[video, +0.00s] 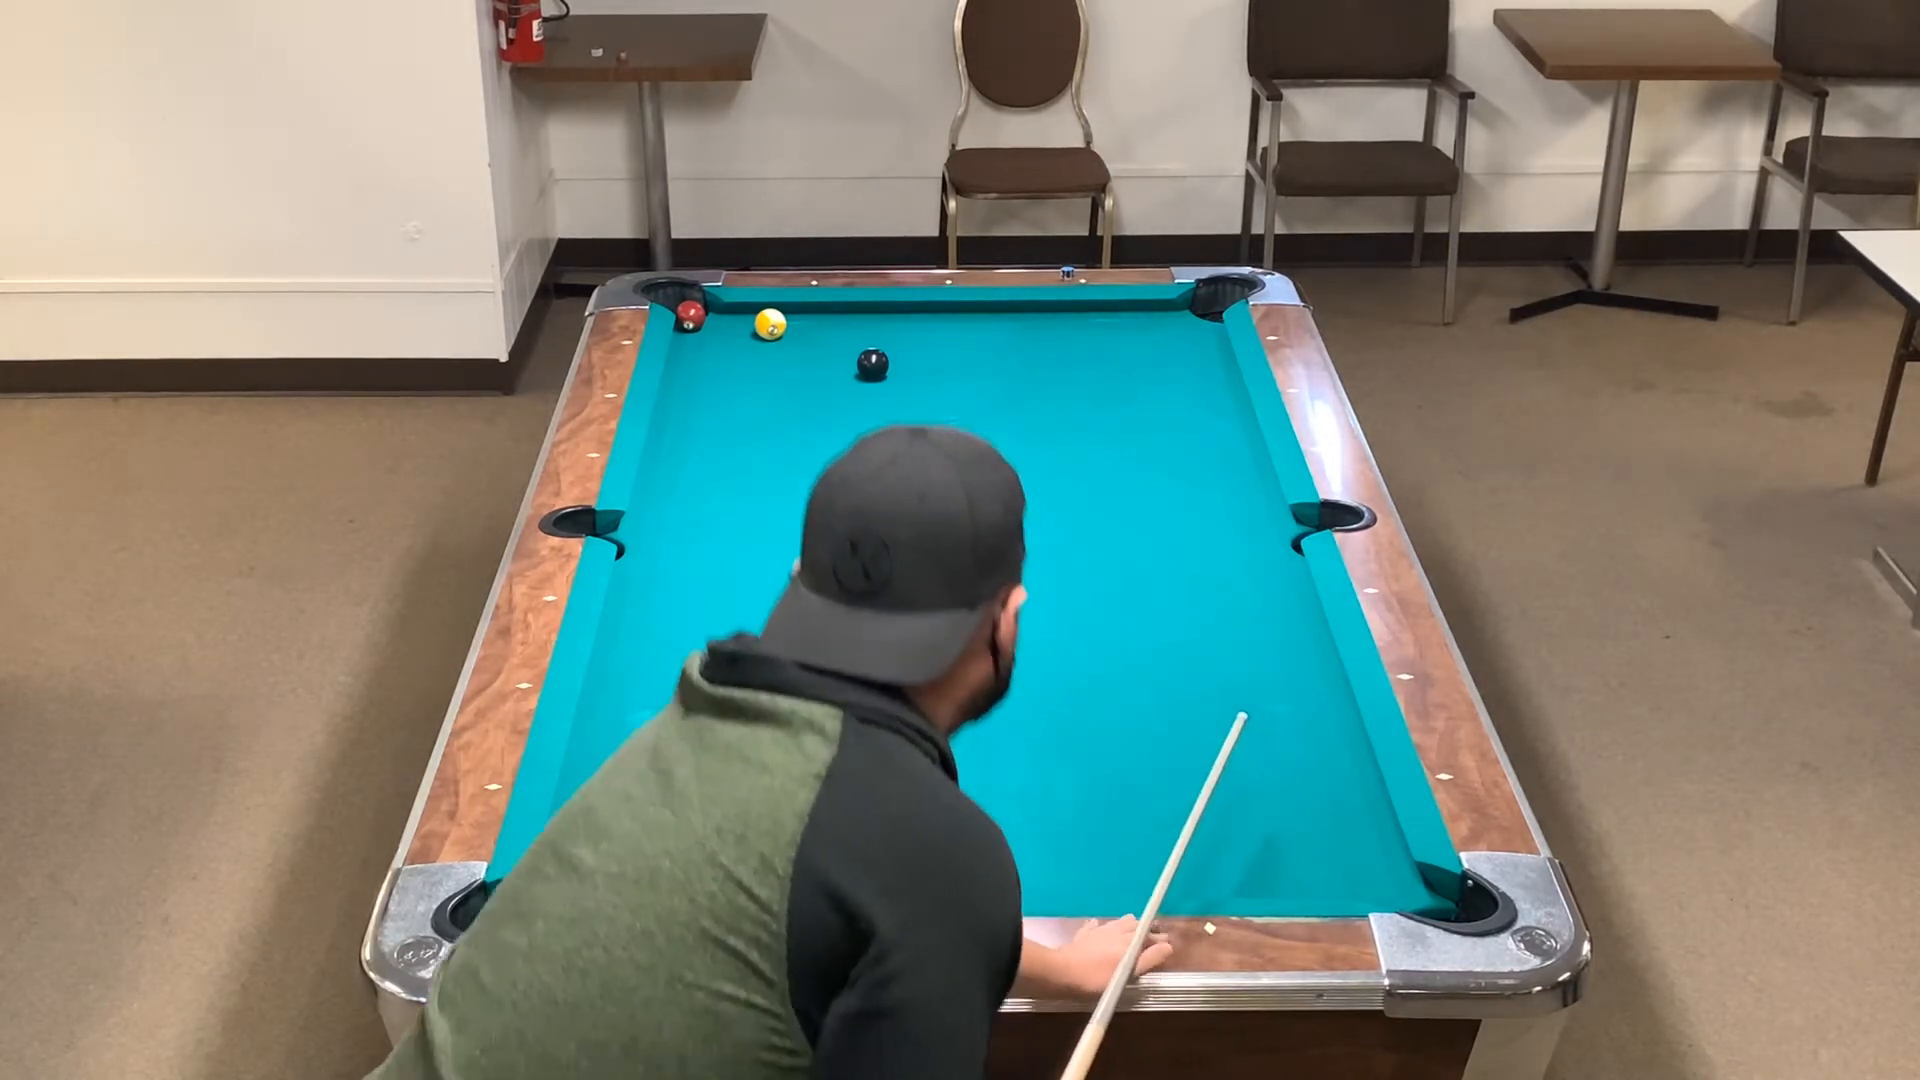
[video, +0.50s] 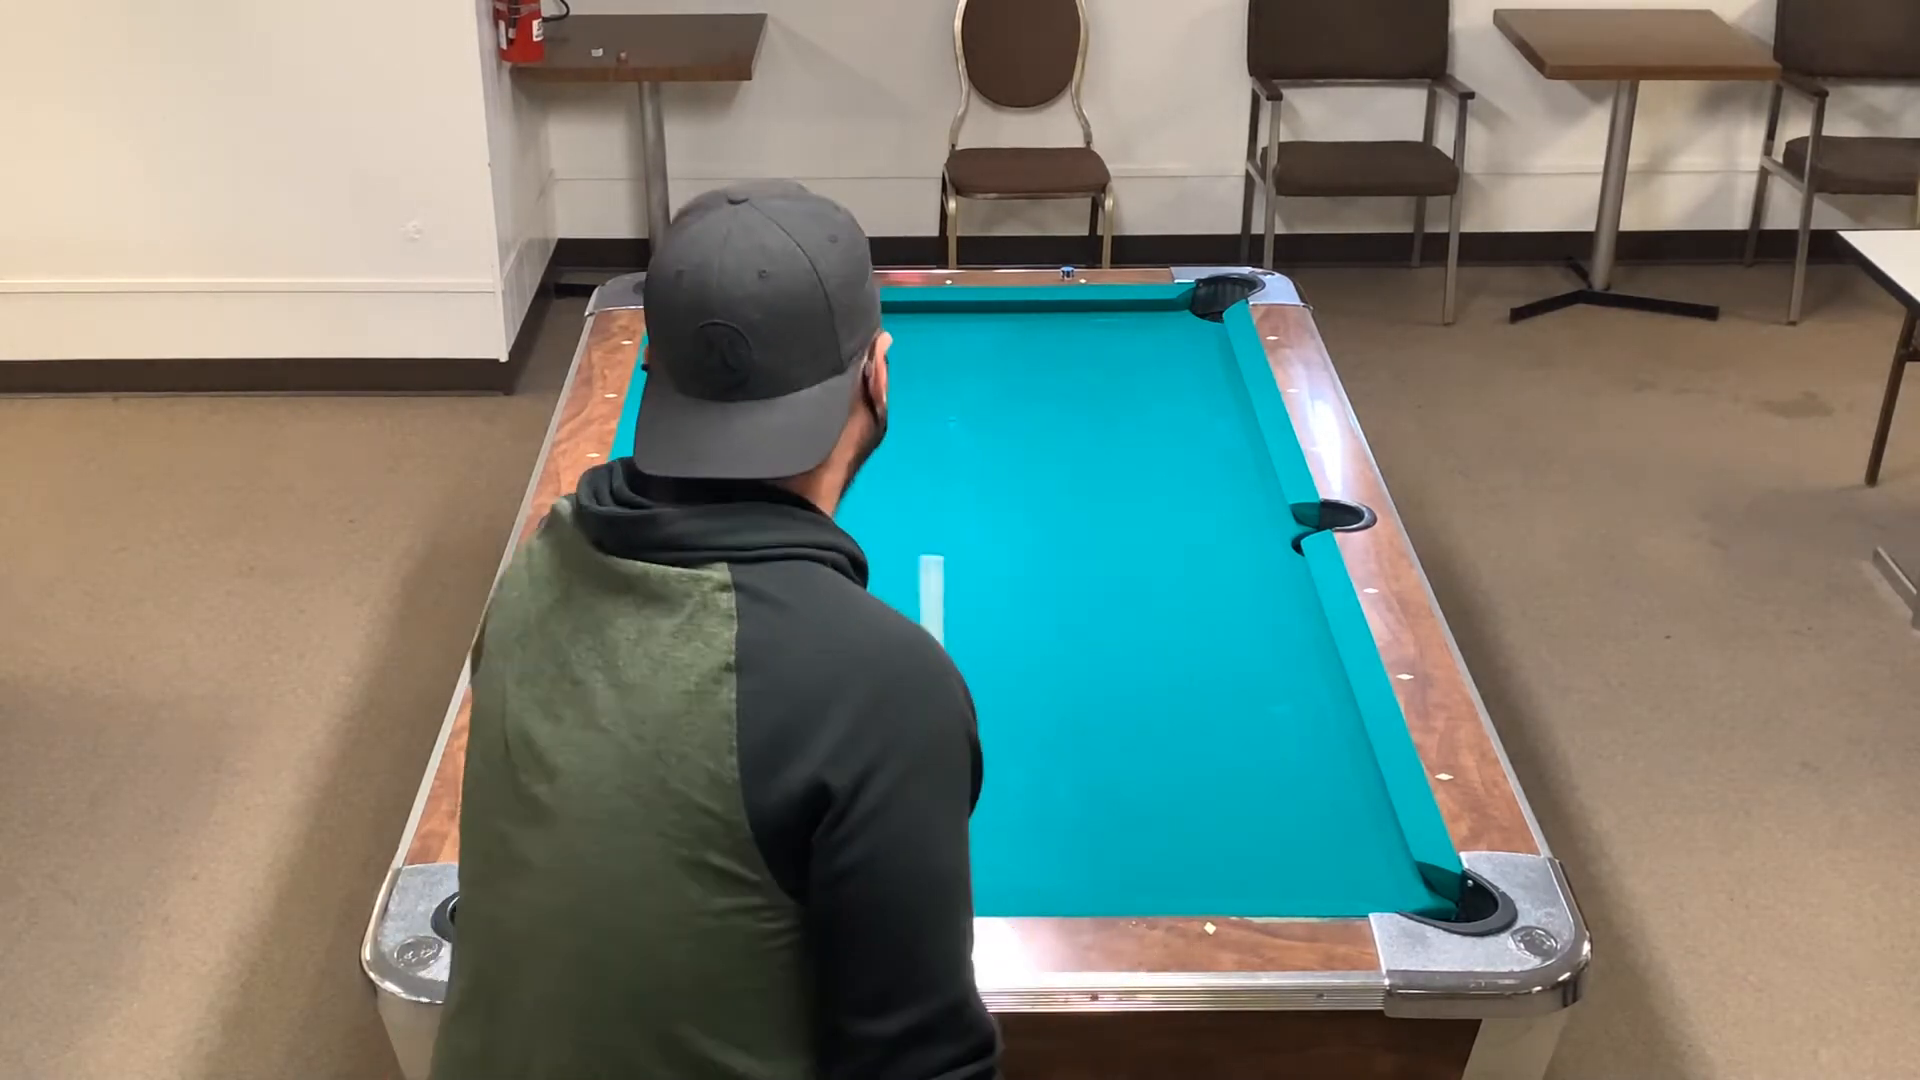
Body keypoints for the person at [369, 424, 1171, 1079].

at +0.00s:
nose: (1019, 613)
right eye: (1023, 592)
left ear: (806, 578)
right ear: (1003, 620)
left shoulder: (709, 709)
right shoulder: (942, 862)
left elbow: (800, 892)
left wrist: (1040, 955)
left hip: (430, 1048)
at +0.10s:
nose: (991, 552)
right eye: (991, 531)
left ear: (779, 519)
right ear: (974, 557)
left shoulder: (675, 670)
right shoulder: (926, 807)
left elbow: (773, 886)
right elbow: (885, 1068)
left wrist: (1026, 954)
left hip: (417, 1053)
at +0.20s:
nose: (962, 483)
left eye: (953, 458)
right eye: (959, 463)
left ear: (752, 461)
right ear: (942, 491)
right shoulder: (900, 755)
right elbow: (870, 1061)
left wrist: (1016, 952)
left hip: (425, 1047)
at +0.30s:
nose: (930, 422)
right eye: (926, 408)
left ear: (704, 422)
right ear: (909, 441)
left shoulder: (604, 588)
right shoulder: (880, 717)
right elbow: (866, 1058)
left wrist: (933, 967)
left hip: (439, 1047)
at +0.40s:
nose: (900, 388)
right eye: (896, 373)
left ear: (677, 387)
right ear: (884, 403)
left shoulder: (566, 579)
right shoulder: (869, 696)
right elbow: (885, 1056)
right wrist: (978, 1055)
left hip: (457, 1050)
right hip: (704, 1064)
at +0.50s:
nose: (887, 354)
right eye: (882, 341)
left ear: (660, 363)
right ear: (874, 377)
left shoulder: (531, 578)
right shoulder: (879, 684)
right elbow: (916, 1051)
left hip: (482, 1056)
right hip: (741, 1062)